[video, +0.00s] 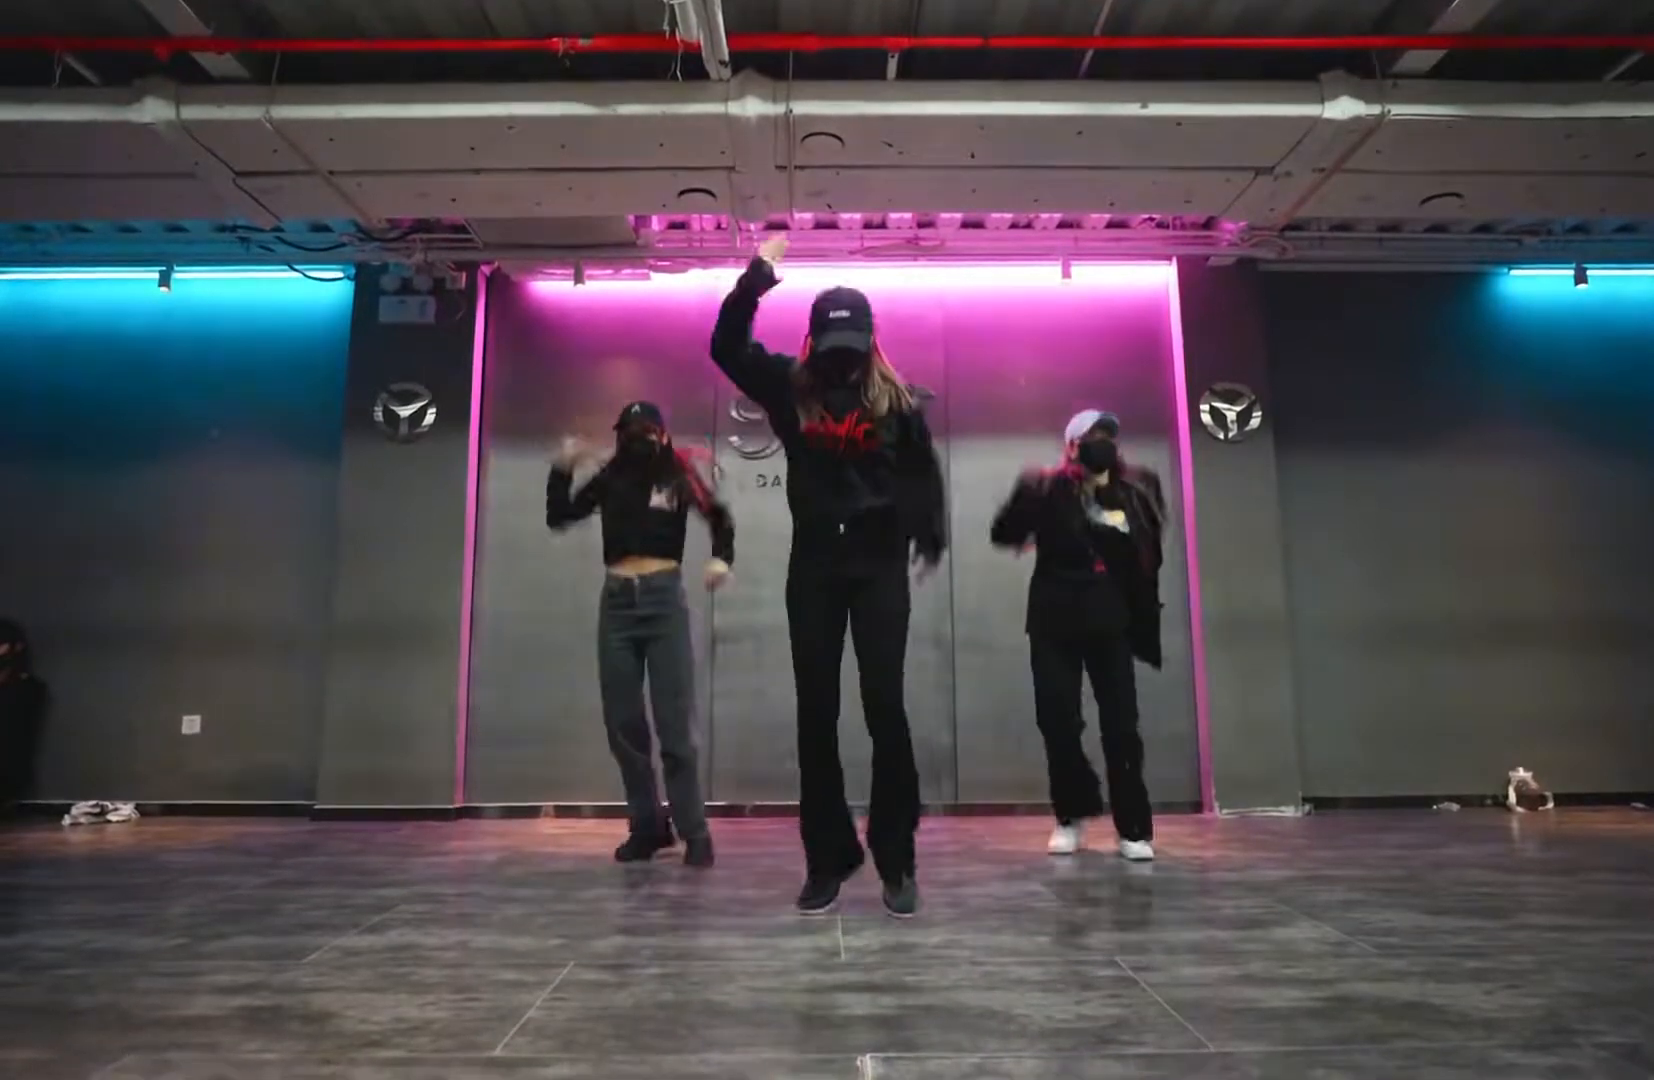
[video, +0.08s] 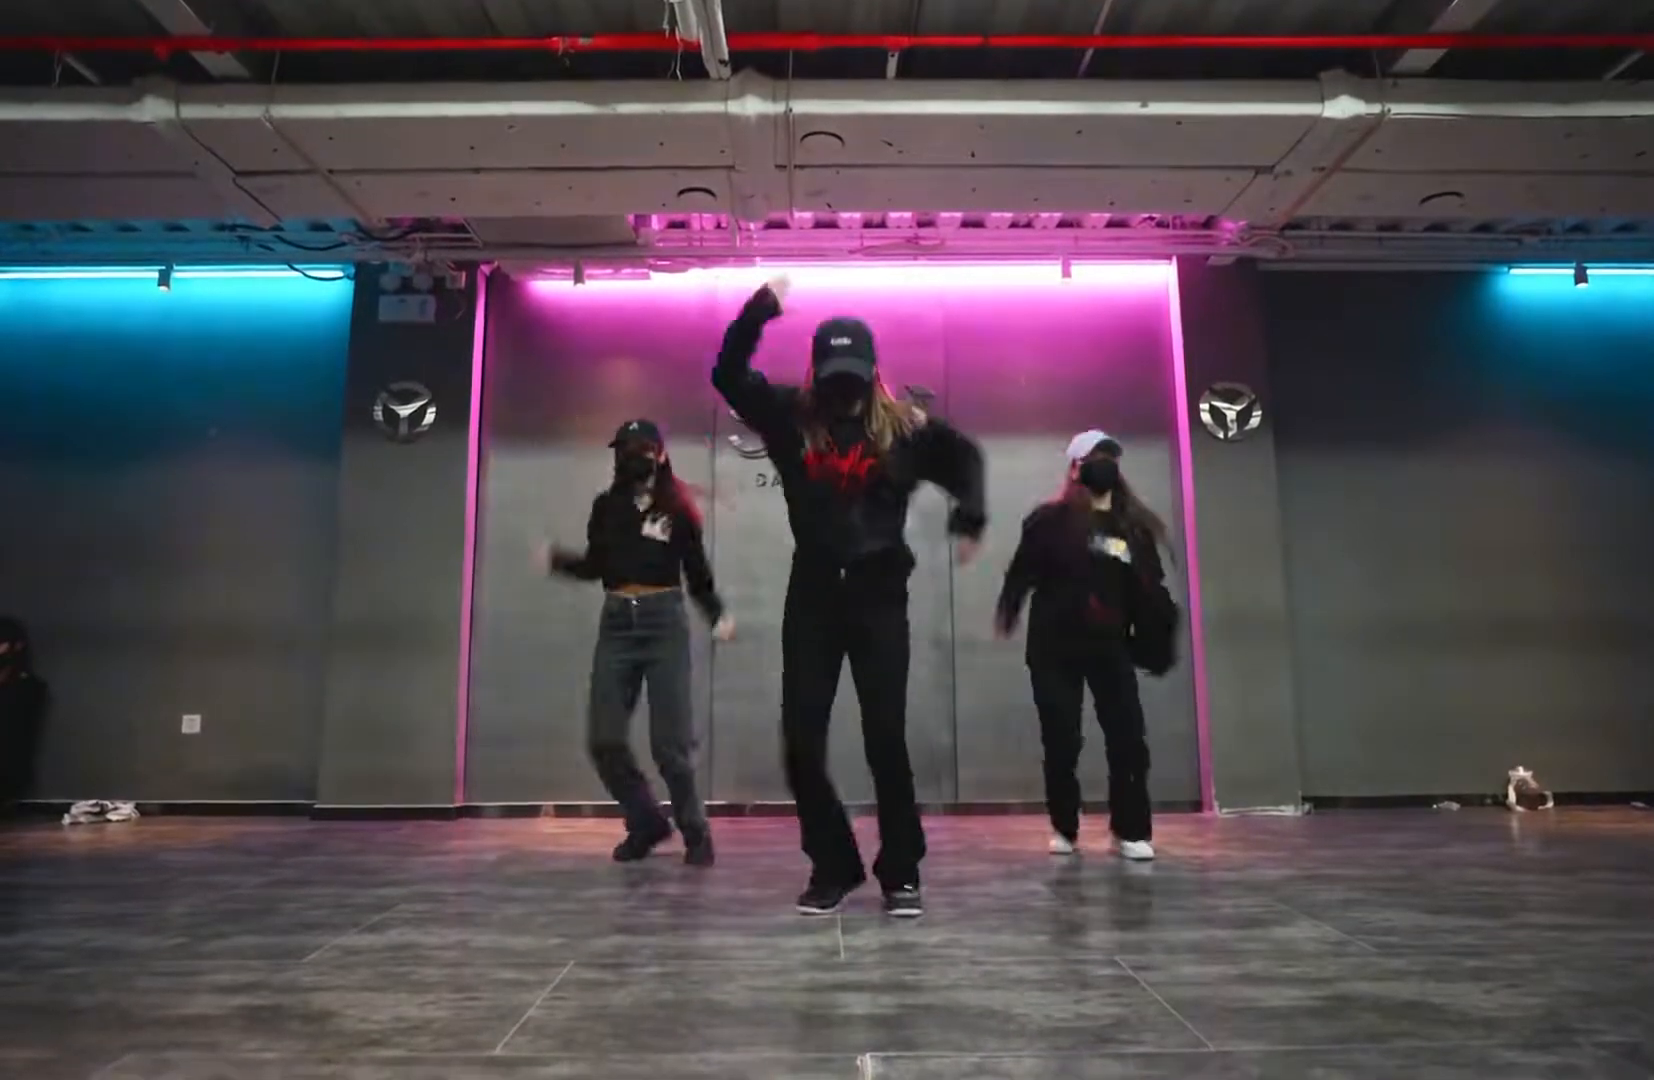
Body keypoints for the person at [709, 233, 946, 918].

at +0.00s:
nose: (844, 362)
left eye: (854, 351)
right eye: (833, 350)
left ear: (871, 345)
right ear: (813, 344)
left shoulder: (894, 402)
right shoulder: (789, 390)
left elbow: (923, 476)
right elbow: (729, 346)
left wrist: (927, 532)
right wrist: (758, 274)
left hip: (881, 568)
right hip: (814, 568)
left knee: (885, 710)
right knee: (816, 715)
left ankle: (896, 858)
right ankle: (828, 859)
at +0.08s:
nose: (843, 389)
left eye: (853, 378)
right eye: (833, 379)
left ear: (872, 374)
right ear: (816, 374)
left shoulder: (903, 429)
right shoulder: (789, 421)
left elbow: (964, 458)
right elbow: (729, 377)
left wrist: (969, 515)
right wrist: (755, 315)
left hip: (879, 600)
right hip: (812, 598)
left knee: (884, 743)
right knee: (801, 746)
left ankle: (900, 875)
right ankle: (833, 870)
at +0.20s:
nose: (842, 428)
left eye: (854, 415)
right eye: (831, 416)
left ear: (873, 411)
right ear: (814, 413)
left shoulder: (897, 475)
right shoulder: (786, 463)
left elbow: (927, 551)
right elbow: (725, 475)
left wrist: (902, 475)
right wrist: (743, 425)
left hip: (879, 641)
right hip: (812, 637)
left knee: (882, 770)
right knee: (749, 727)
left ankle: (901, 880)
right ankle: (781, 846)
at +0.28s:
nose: (824, 426)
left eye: (836, 414)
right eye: (814, 414)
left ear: (856, 410)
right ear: (801, 411)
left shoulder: (868, 472)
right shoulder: (792, 467)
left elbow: (885, 567)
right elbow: (762, 543)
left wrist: (886, 655)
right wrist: (730, 525)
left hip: (872, 643)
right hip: (806, 642)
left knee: (880, 774)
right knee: (727, 744)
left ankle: (902, 883)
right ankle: (696, 897)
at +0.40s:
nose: (764, 430)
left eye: (774, 416)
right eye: (754, 418)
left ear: (798, 406)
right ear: (742, 416)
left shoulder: (832, 454)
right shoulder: (761, 466)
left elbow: (836, 526)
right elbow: (742, 522)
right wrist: (699, 554)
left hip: (863, 637)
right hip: (796, 636)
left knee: (881, 768)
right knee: (718, 757)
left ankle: (903, 876)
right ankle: (665, 913)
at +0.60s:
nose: (789, 413)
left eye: (801, 398)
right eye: (776, 399)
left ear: (823, 393)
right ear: (756, 398)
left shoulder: (842, 459)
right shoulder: (724, 463)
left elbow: (863, 541)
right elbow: (662, 531)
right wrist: (623, 611)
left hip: (842, 638)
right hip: (760, 644)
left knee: (944, 713)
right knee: (686, 759)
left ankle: (956, 875)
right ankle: (661, 912)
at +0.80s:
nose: (830, 369)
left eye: (842, 356)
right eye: (817, 357)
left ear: (858, 360)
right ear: (795, 362)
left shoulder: (864, 437)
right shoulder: (773, 433)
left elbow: (865, 541)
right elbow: (779, 532)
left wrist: (835, 627)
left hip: (859, 632)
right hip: (777, 635)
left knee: (967, 744)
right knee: (693, 765)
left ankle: (993, 913)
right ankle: (660, 898)